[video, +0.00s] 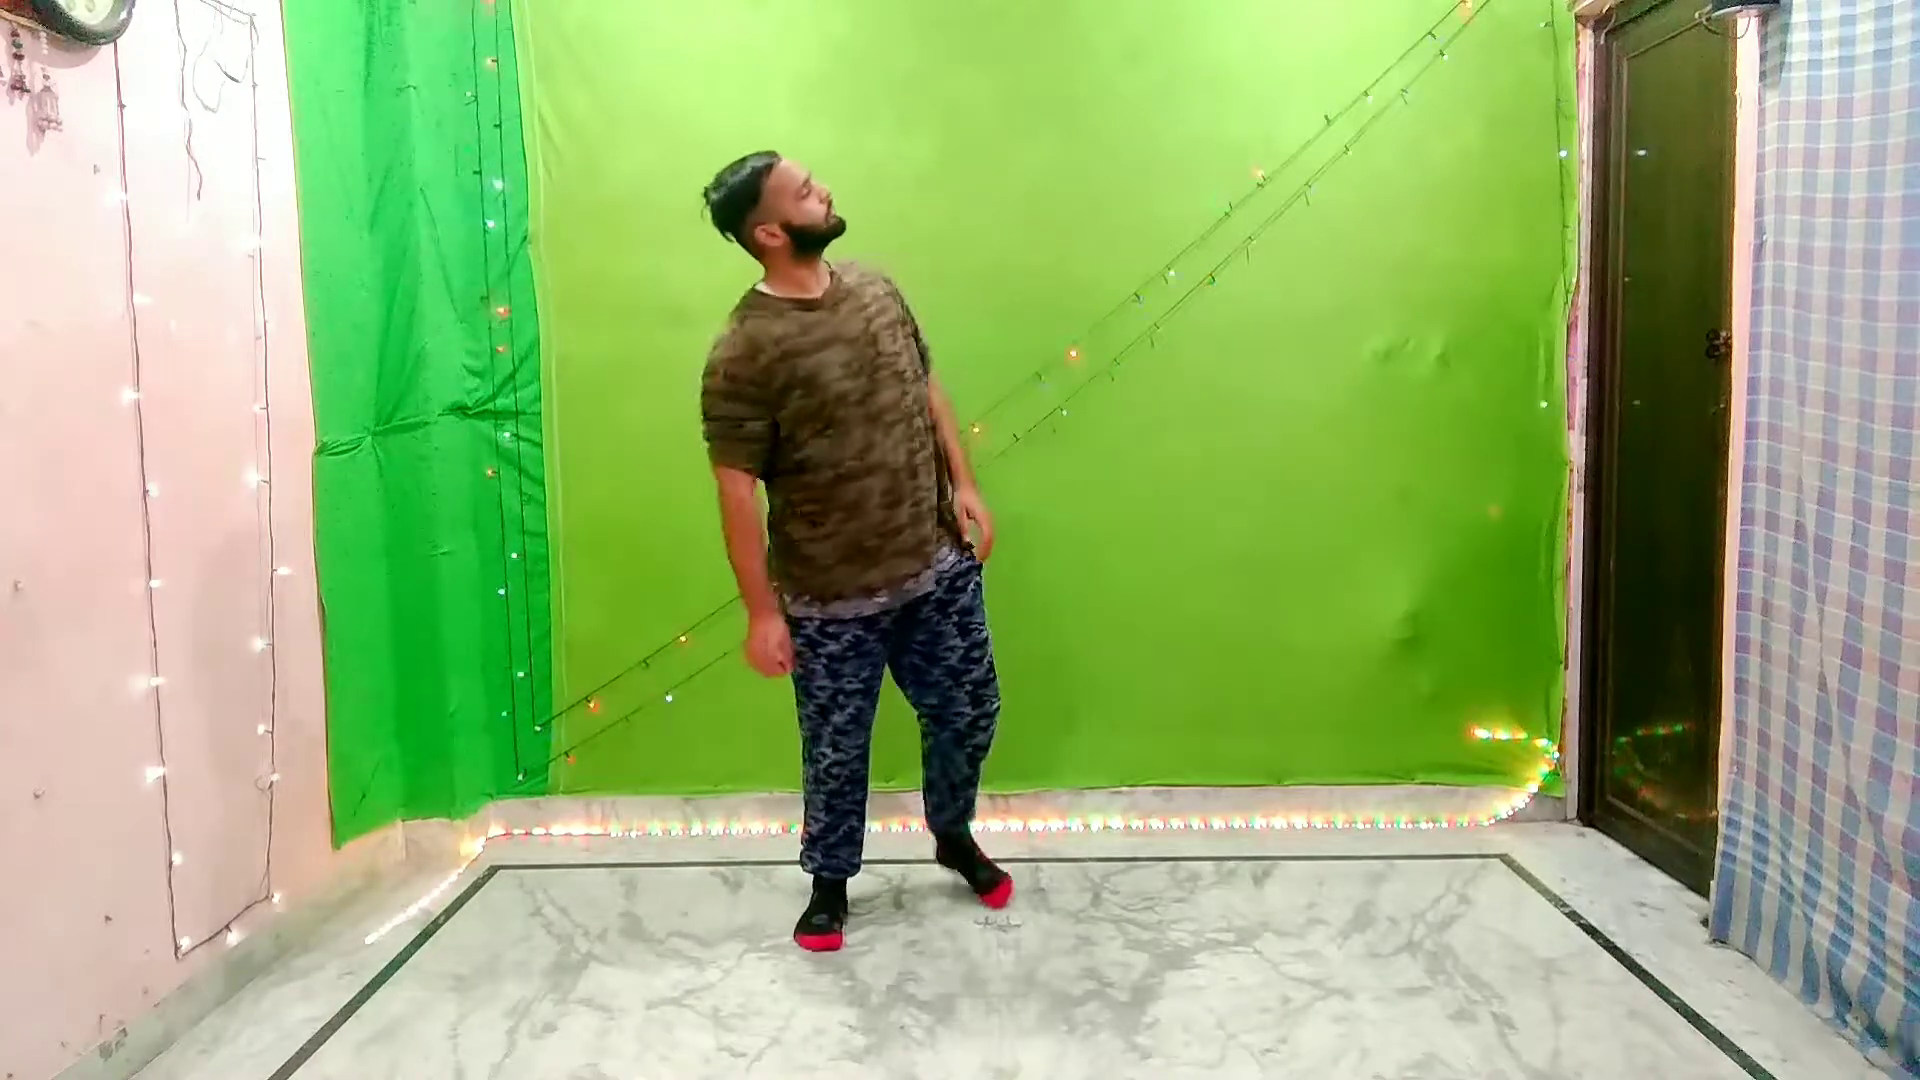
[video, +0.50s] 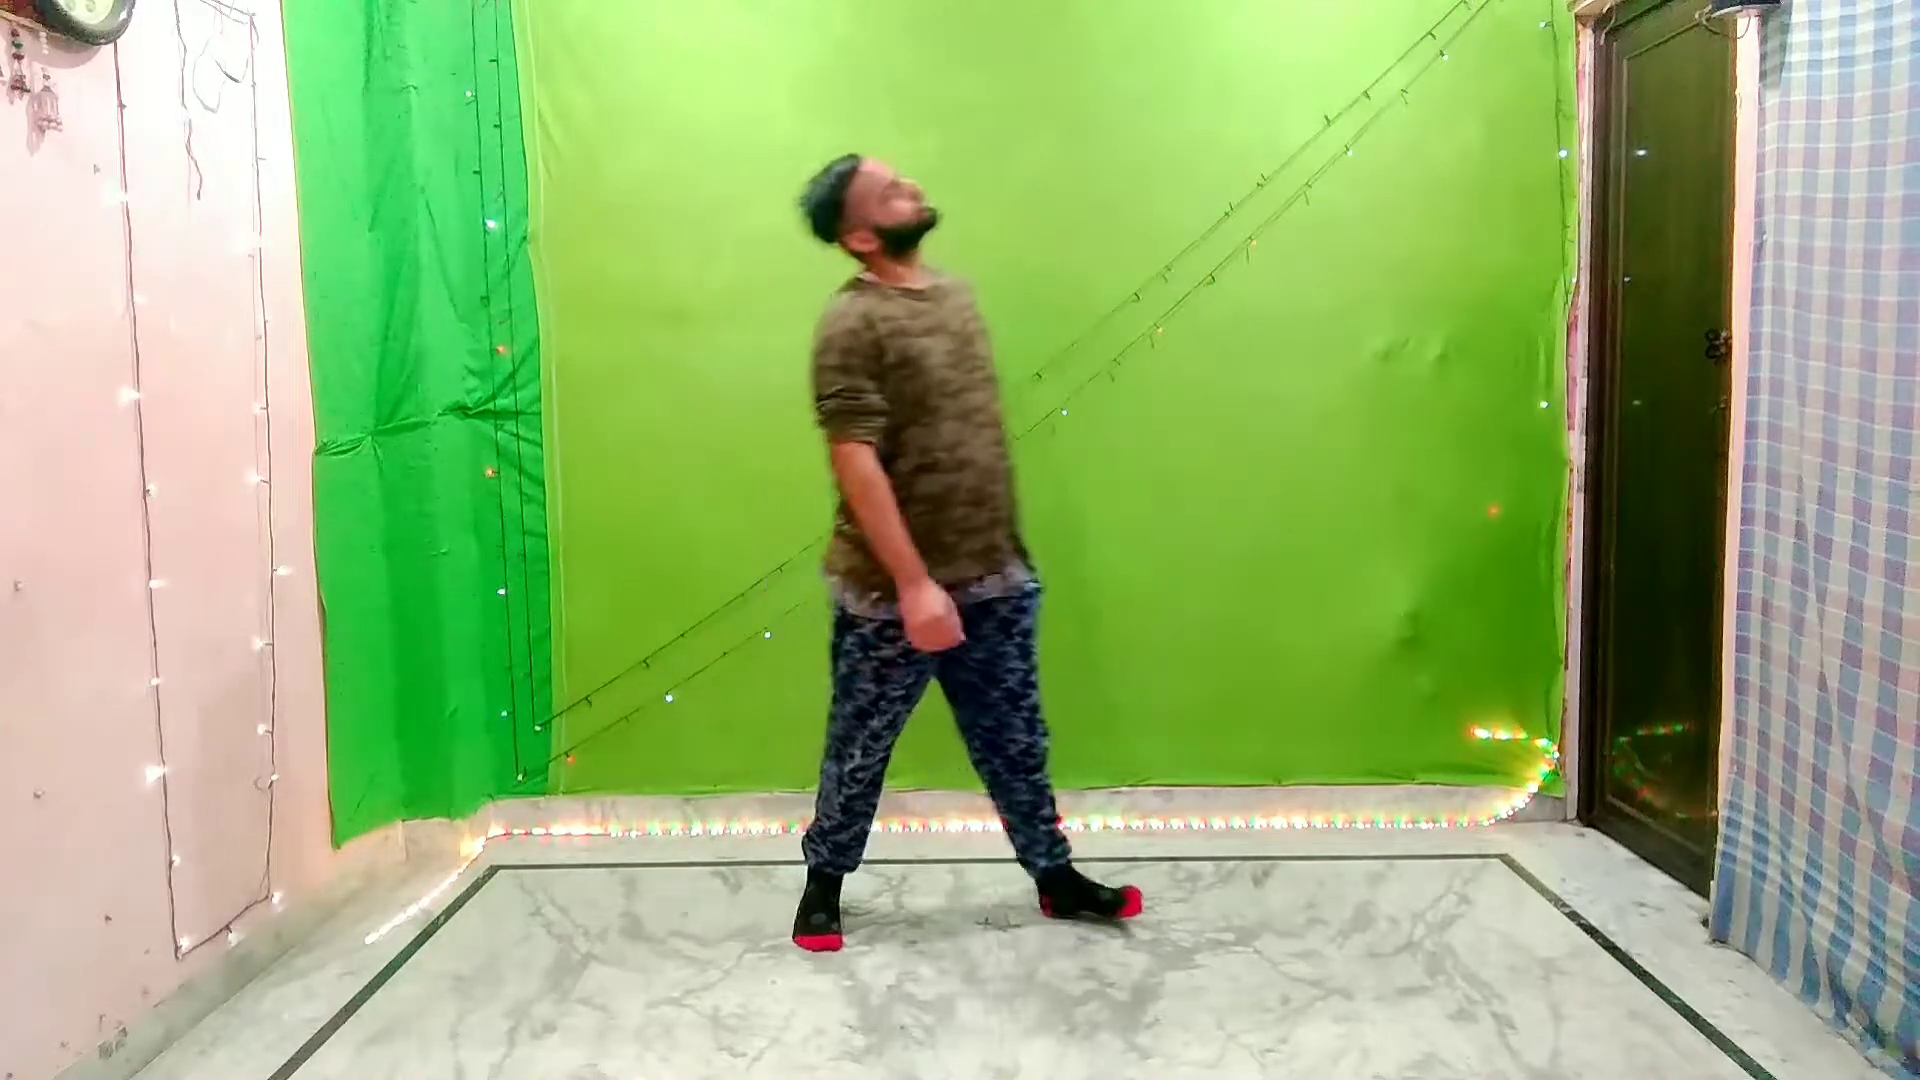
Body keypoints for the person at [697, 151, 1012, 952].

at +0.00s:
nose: (820, 187)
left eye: (809, 177)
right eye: (800, 188)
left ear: (787, 224)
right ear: (764, 234)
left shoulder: (873, 292)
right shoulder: (745, 355)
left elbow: (927, 395)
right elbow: (737, 487)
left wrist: (964, 485)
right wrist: (761, 610)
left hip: (933, 566)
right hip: (831, 594)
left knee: (969, 712)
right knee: (836, 752)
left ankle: (952, 831)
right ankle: (828, 886)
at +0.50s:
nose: (908, 185)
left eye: (899, 176)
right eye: (886, 188)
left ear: (903, 210)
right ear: (857, 235)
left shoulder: (955, 297)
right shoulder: (852, 327)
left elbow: (971, 434)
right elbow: (855, 464)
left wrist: (998, 551)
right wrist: (913, 583)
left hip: (989, 573)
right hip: (890, 589)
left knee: (1015, 741)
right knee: (859, 750)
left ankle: (1057, 879)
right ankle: (822, 890)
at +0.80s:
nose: (1034, 171)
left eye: (1027, 161)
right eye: (1011, 167)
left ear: (1015, 200)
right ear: (974, 206)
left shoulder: (1085, 283)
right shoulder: (957, 324)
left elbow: (1121, 391)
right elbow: (934, 462)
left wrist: (1111, 491)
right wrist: (938, 593)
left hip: (1094, 570)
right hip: (1005, 582)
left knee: (1072, 742)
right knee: (961, 739)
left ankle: (1068, 883)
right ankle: (894, 868)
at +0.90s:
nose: (1076, 165)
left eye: (1067, 157)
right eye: (1055, 161)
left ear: (1060, 196)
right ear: (1017, 202)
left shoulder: (1125, 279)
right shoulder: (988, 318)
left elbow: (1183, 336)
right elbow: (953, 445)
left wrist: (1209, 441)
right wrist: (960, 579)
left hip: (1125, 554)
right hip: (1037, 562)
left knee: (1102, 728)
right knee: (1046, 728)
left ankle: (1069, 878)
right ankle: (985, 881)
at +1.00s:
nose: (1100, 166)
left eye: (1092, 157)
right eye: (1078, 162)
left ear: (1083, 197)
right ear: (1038, 202)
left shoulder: (1134, 277)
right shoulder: (1009, 309)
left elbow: (1203, 311)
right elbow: (970, 437)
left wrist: (1257, 398)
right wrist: (972, 572)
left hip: (1143, 544)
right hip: (1055, 550)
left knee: (1117, 726)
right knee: (1083, 723)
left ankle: (1070, 877)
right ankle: (1057, 907)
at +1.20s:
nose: (1148, 164)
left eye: (1140, 154)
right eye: (1128, 160)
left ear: (1116, 199)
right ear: (1088, 200)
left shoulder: (1163, 289)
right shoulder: (1053, 306)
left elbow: (1227, 332)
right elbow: (1013, 438)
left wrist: (1325, 324)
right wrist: (1017, 575)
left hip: (1174, 557)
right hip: (1107, 565)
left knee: (1112, 722)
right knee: (1158, 740)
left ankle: (1070, 871)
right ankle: (1193, 929)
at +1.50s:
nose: (1208, 171)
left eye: (1199, 161)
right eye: (1189, 166)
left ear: (1172, 200)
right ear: (1147, 204)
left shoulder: (1213, 294)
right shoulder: (1126, 305)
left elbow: (1243, 408)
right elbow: (1112, 443)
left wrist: (1278, 341)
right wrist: (1166, 578)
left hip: (1259, 571)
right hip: (1194, 583)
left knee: (1246, 736)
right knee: (1226, 766)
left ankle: (1129, 841)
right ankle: (1246, 941)